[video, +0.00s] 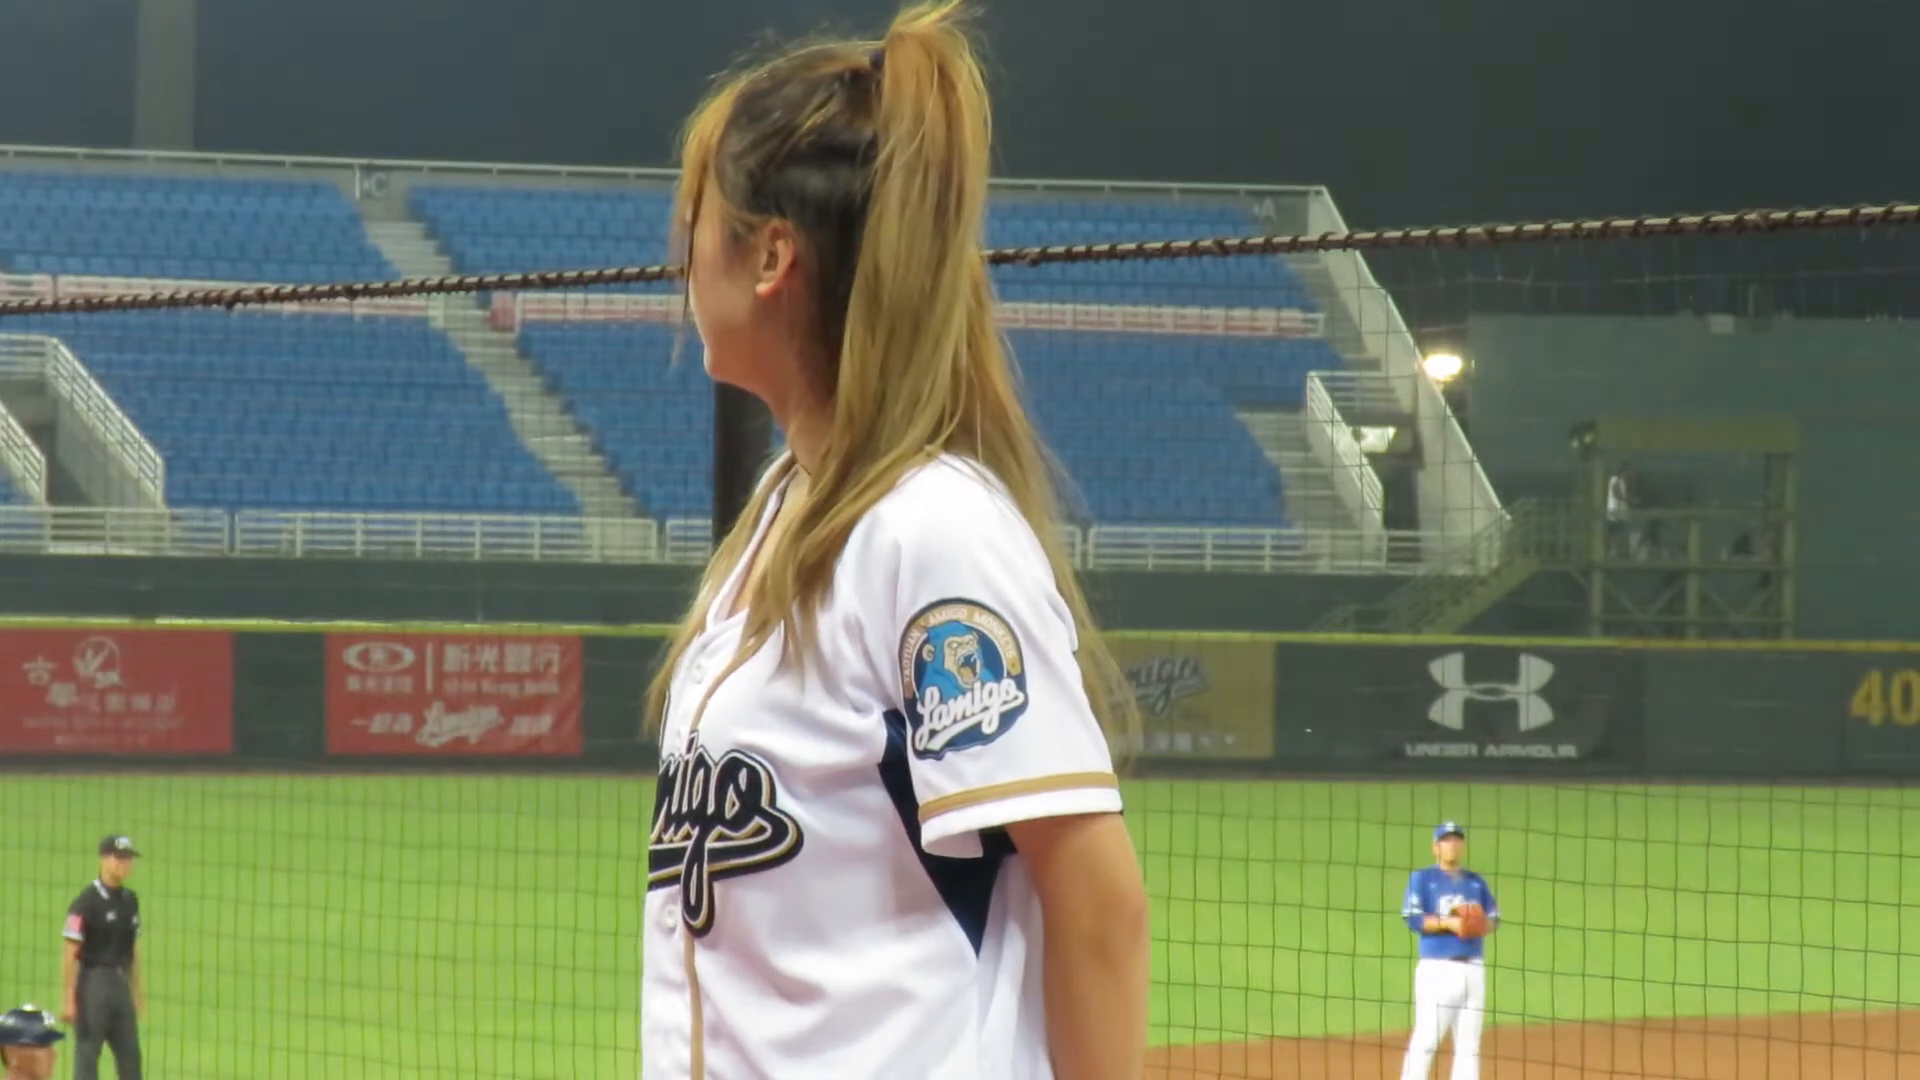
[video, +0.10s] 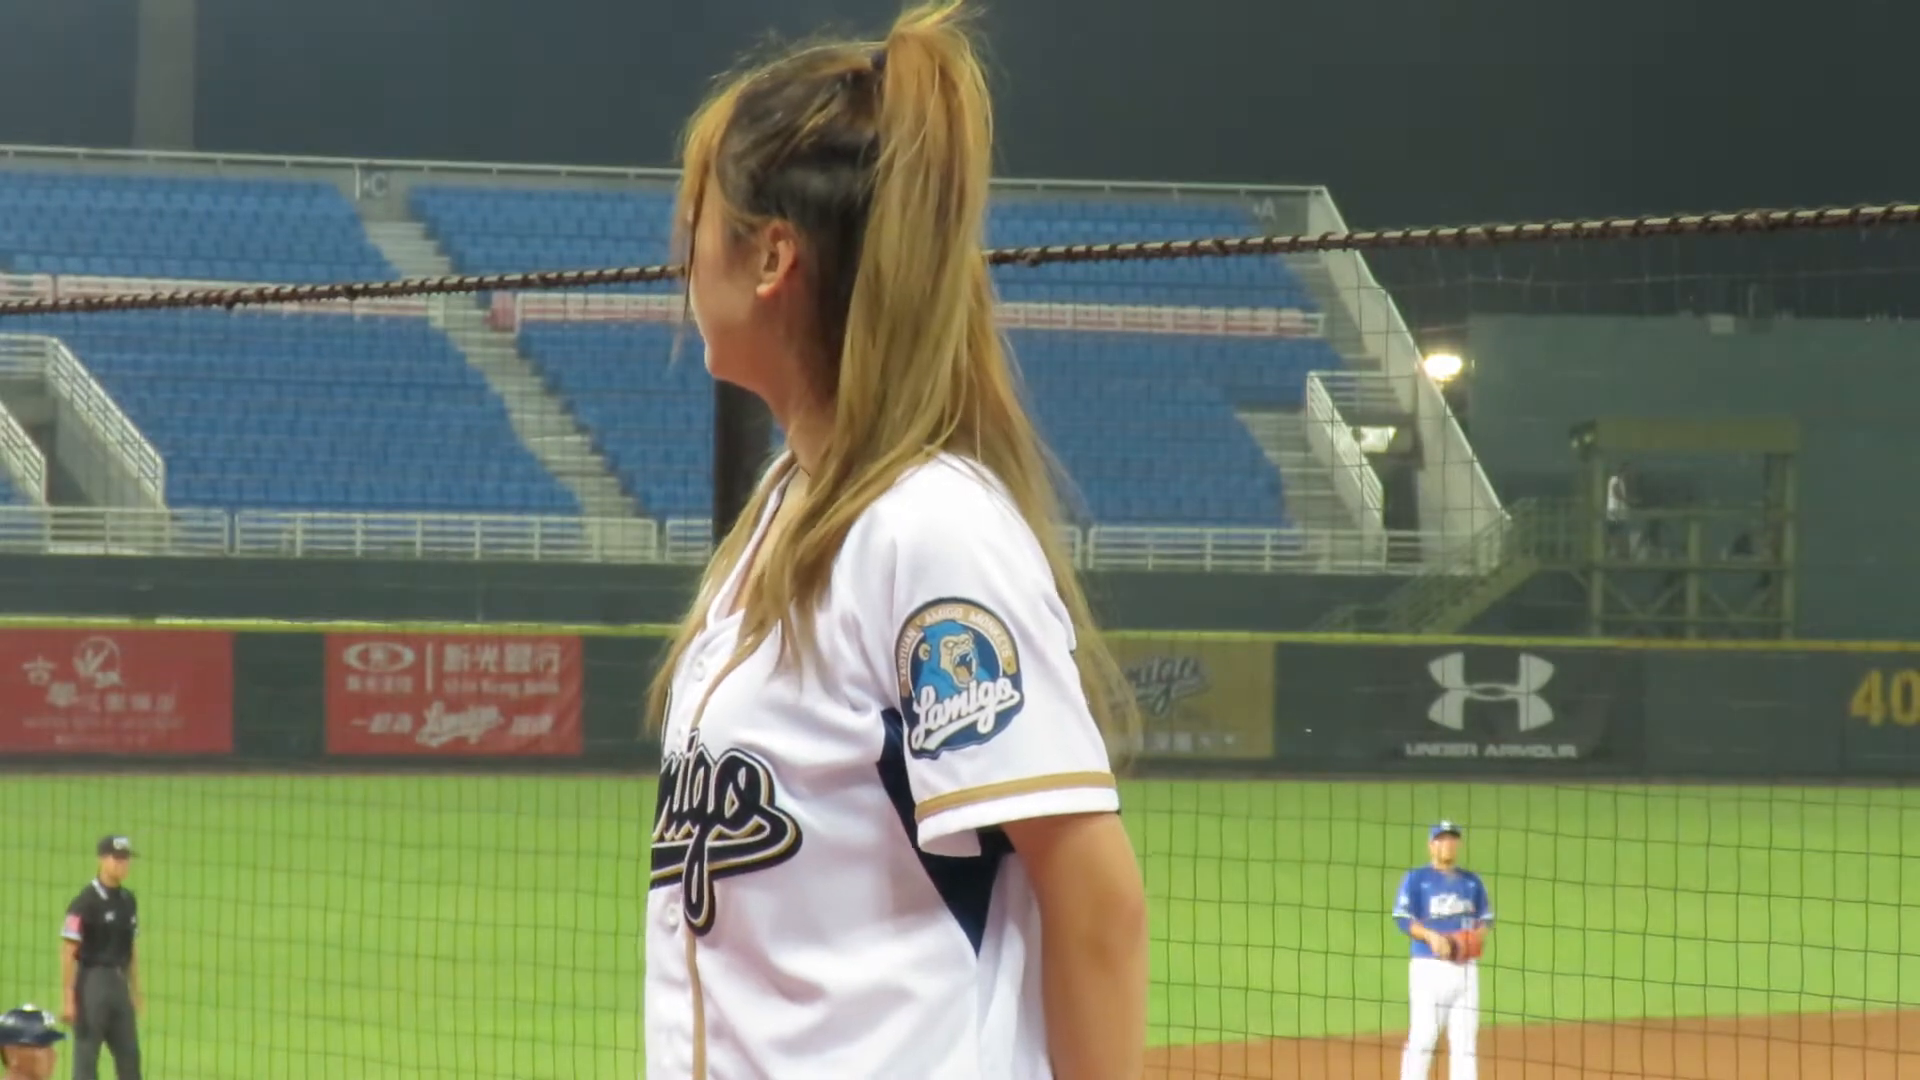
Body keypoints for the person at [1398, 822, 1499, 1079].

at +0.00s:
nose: (1452, 846)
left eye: (1457, 840)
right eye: (1446, 841)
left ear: (1463, 845)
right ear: (1436, 846)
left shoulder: (1475, 881)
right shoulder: (1421, 879)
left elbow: (1493, 917)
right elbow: (1414, 919)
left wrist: (1478, 923)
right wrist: (1452, 923)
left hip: (1472, 967)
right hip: (1436, 965)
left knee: (1469, 1044)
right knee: (1426, 1040)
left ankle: (1466, 1078)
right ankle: (1412, 1076)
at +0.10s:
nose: (1447, 846)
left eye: (1452, 840)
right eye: (1441, 840)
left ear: (1459, 845)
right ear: (1431, 845)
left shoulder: (1472, 881)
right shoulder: (1415, 879)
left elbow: (1485, 919)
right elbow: (1403, 918)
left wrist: (1471, 939)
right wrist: (1432, 937)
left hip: (1464, 967)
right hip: (1427, 966)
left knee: (1465, 1042)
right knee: (1423, 1040)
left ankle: (1464, 1077)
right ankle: (1413, 1076)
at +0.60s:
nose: (1431, 845)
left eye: (1433, 839)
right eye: (1424, 840)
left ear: (1437, 843)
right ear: (1410, 845)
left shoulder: (1448, 877)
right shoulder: (1394, 878)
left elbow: (1460, 920)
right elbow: (1376, 920)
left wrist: (1459, 957)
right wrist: (1376, 965)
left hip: (1446, 965)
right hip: (1409, 967)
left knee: (1454, 1042)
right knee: (1408, 1040)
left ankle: (1451, 1077)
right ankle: (1404, 1077)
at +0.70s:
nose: (1431, 845)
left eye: (1433, 839)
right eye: (1424, 840)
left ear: (1437, 843)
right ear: (1410, 844)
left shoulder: (1447, 876)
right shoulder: (1394, 878)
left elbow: (1459, 919)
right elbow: (1381, 926)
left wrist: (1460, 955)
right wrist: (1381, 967)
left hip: (1446, 964)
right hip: (1410, 965)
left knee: (1455, 1039)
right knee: (1408, 1039)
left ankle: (1449, 1077)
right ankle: (1404, 1077)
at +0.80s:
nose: (1431, 844)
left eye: (1433, 839)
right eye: (1425, 840)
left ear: (1438, 843)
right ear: (1410, 844)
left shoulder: (1447, 876)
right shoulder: (1395, 878)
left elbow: (1459, 921)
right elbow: (1388, 927)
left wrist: (1462, 958)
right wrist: (1392, 966)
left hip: (1447, 964)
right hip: (1412, 965)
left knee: (1455, 1038)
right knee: (1409, 1039)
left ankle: (1446, 1077)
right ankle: (1404, 1077)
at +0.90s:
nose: (1435, 845)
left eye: (1436, 839)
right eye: (1428, 840)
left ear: (1440, 843)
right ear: (1414, 843)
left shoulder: (1450, 877)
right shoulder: (1398, 880)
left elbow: (1461, 922)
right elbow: (1389, 926)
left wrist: (1466, 958)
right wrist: (1399, 962)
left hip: (1449, 965)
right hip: (1414, 965)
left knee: (1453, 1041)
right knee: (1410, 1040)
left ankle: (1446, 1078)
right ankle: (1405, 1077)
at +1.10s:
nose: (1454, 847)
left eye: (1454, 842)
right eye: (1449, 841)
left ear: (1448, 844)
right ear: (1433, 843)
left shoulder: (1459, 878)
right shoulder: (1409, 876)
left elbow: (1468, 921)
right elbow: (1395, 921)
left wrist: (1474, 957)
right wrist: (1401, 958)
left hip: (1454, 964)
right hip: (1421, 964)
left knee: (1449, 1041)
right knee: (1418, 1038)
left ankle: (1443, 1078)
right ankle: (1409, 1077)